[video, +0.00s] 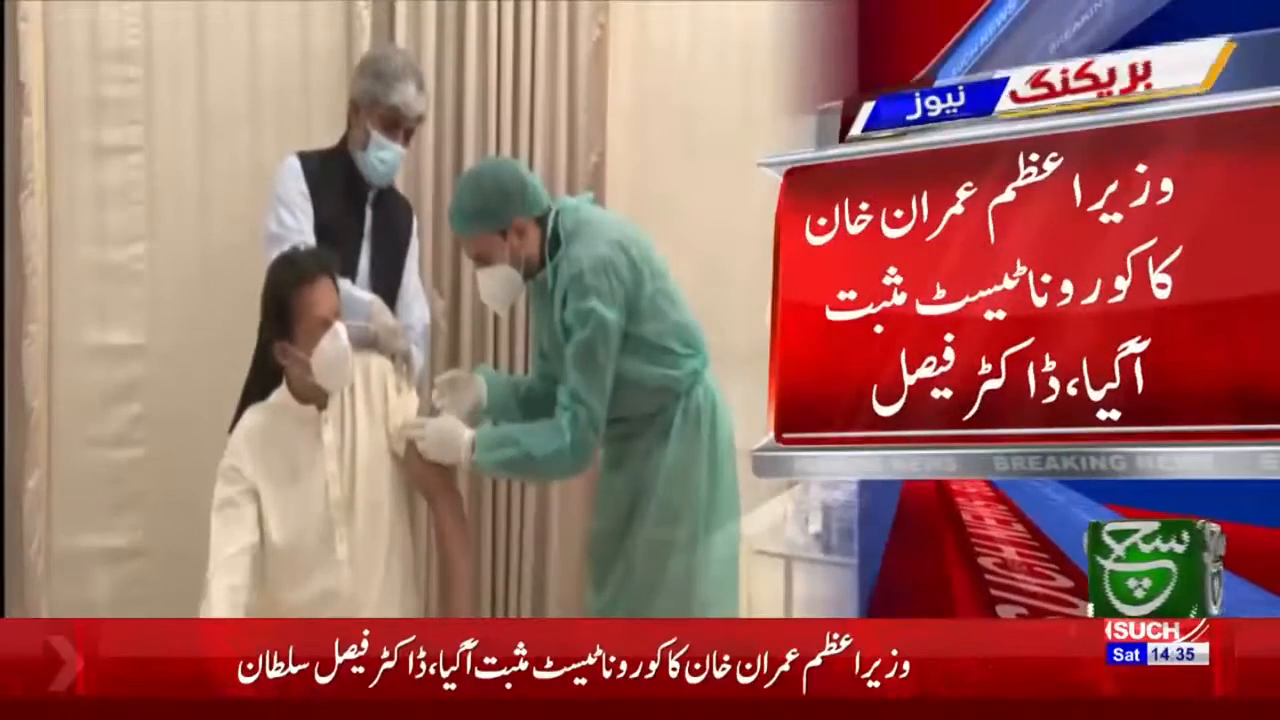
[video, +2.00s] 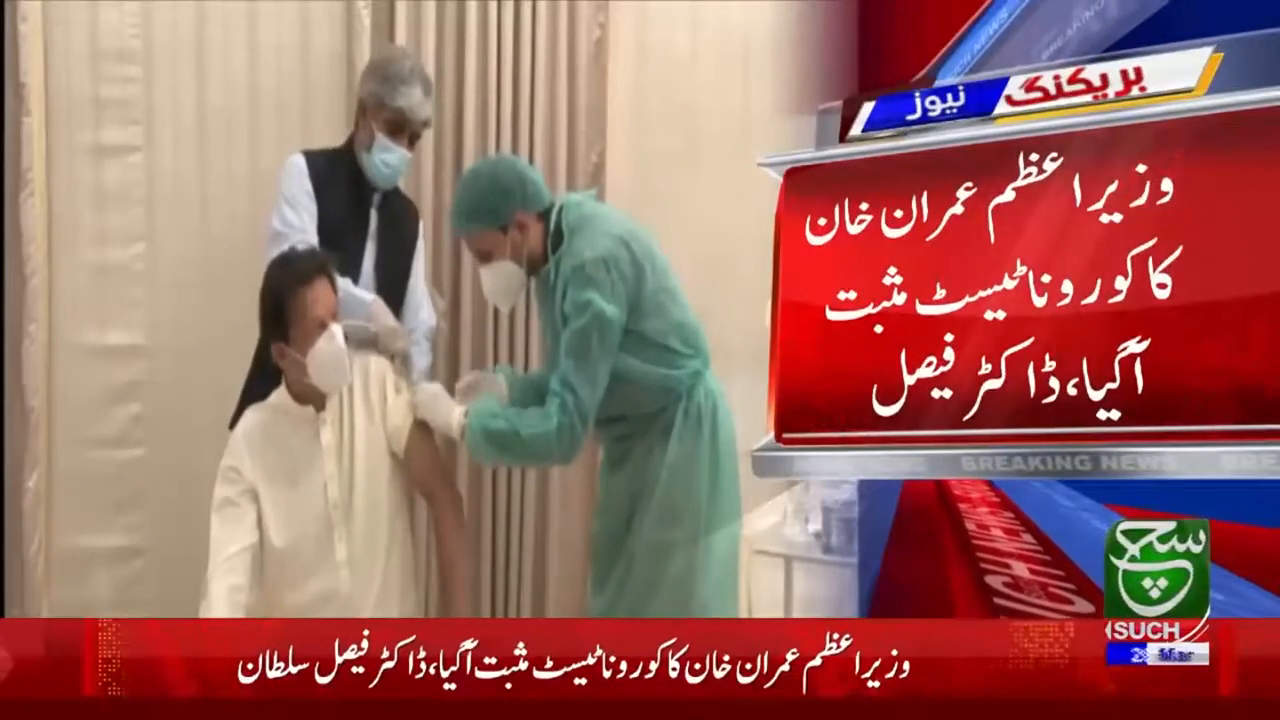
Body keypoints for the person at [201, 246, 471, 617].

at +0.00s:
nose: (340, 337)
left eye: (340, 321)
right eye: (322, 328)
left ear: (349, 320)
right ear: (284, 351)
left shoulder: (378, 382)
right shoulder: (254, 435)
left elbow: (444, 496)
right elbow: (229, 569)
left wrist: (460, 615)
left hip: (387, 615)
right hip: (292, 626)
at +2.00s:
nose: (336, 338)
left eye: (337, 322)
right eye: (319, 330)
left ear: (347, 320)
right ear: (281, 350)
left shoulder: (375, 381)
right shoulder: (253, 435)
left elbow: (442, 495)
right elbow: (229, 569)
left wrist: (459, 615)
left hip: (389, 618)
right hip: (293, 632)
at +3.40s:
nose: (332, 337)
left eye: (335, 321)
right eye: (315, 329)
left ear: (344, 319)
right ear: (280, 346)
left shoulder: (375, 380)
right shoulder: (253, 435)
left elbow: (442, 496)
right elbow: (227, 570)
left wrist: (458, 615)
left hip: (388, 617)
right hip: (293, 630)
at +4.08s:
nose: (262, 328)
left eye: (271, 308)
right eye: (241, 316)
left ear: (291, 312)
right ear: (209, 348)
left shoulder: (342, 388)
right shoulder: (180, 477)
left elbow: (429, 523)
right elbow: (156, 630)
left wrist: (455, 636)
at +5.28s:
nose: (263, 332)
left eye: (273, 311)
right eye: (242, 320)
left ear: (293, 315)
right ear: (211, 349)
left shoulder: (344, 391)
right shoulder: (179, 482)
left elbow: (431, 535)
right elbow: (158, 638)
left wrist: (454, 646)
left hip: (364, 672)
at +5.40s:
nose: (265, 333)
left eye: (274, 311)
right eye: (244, 321)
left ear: (294, 314)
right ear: (212, 349)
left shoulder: (345, 392)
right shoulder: (179, 482)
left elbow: (430, 535)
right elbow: (159, 638)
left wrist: (454, 646)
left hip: (364, 673)